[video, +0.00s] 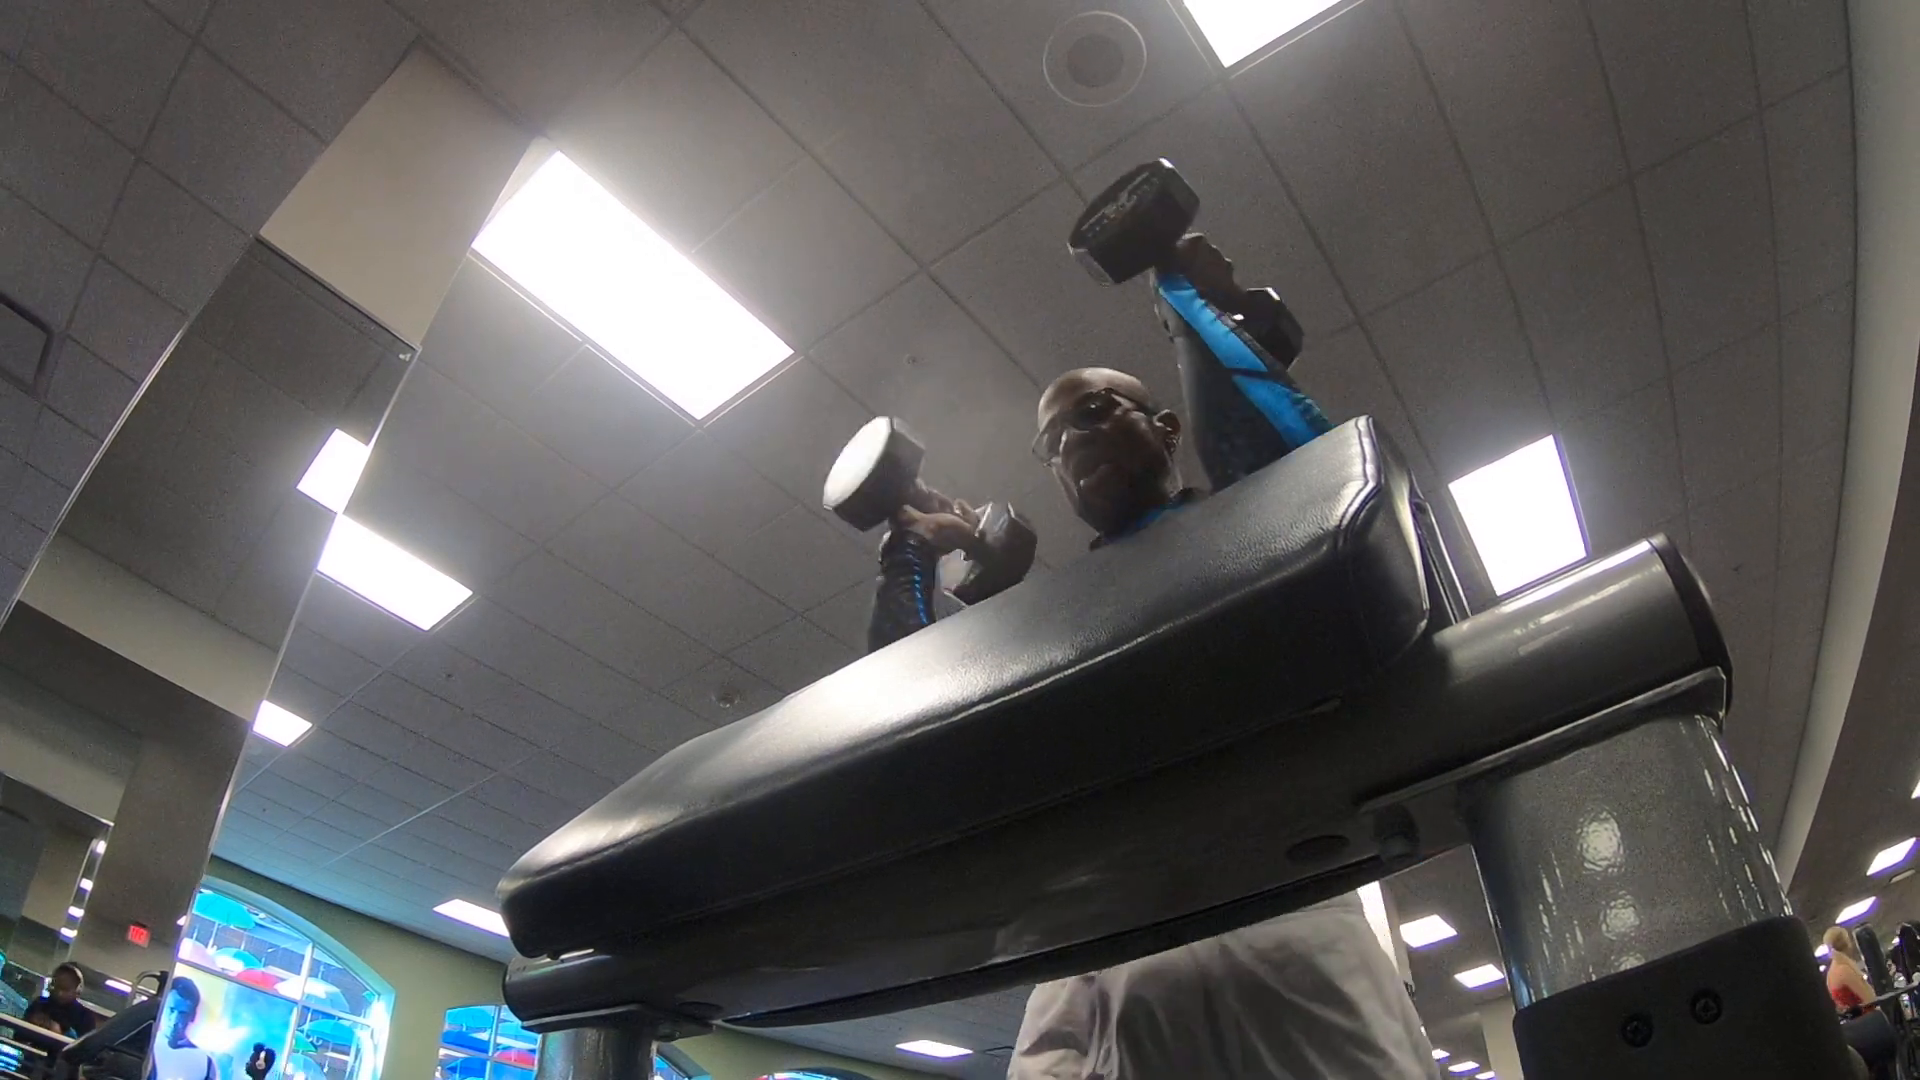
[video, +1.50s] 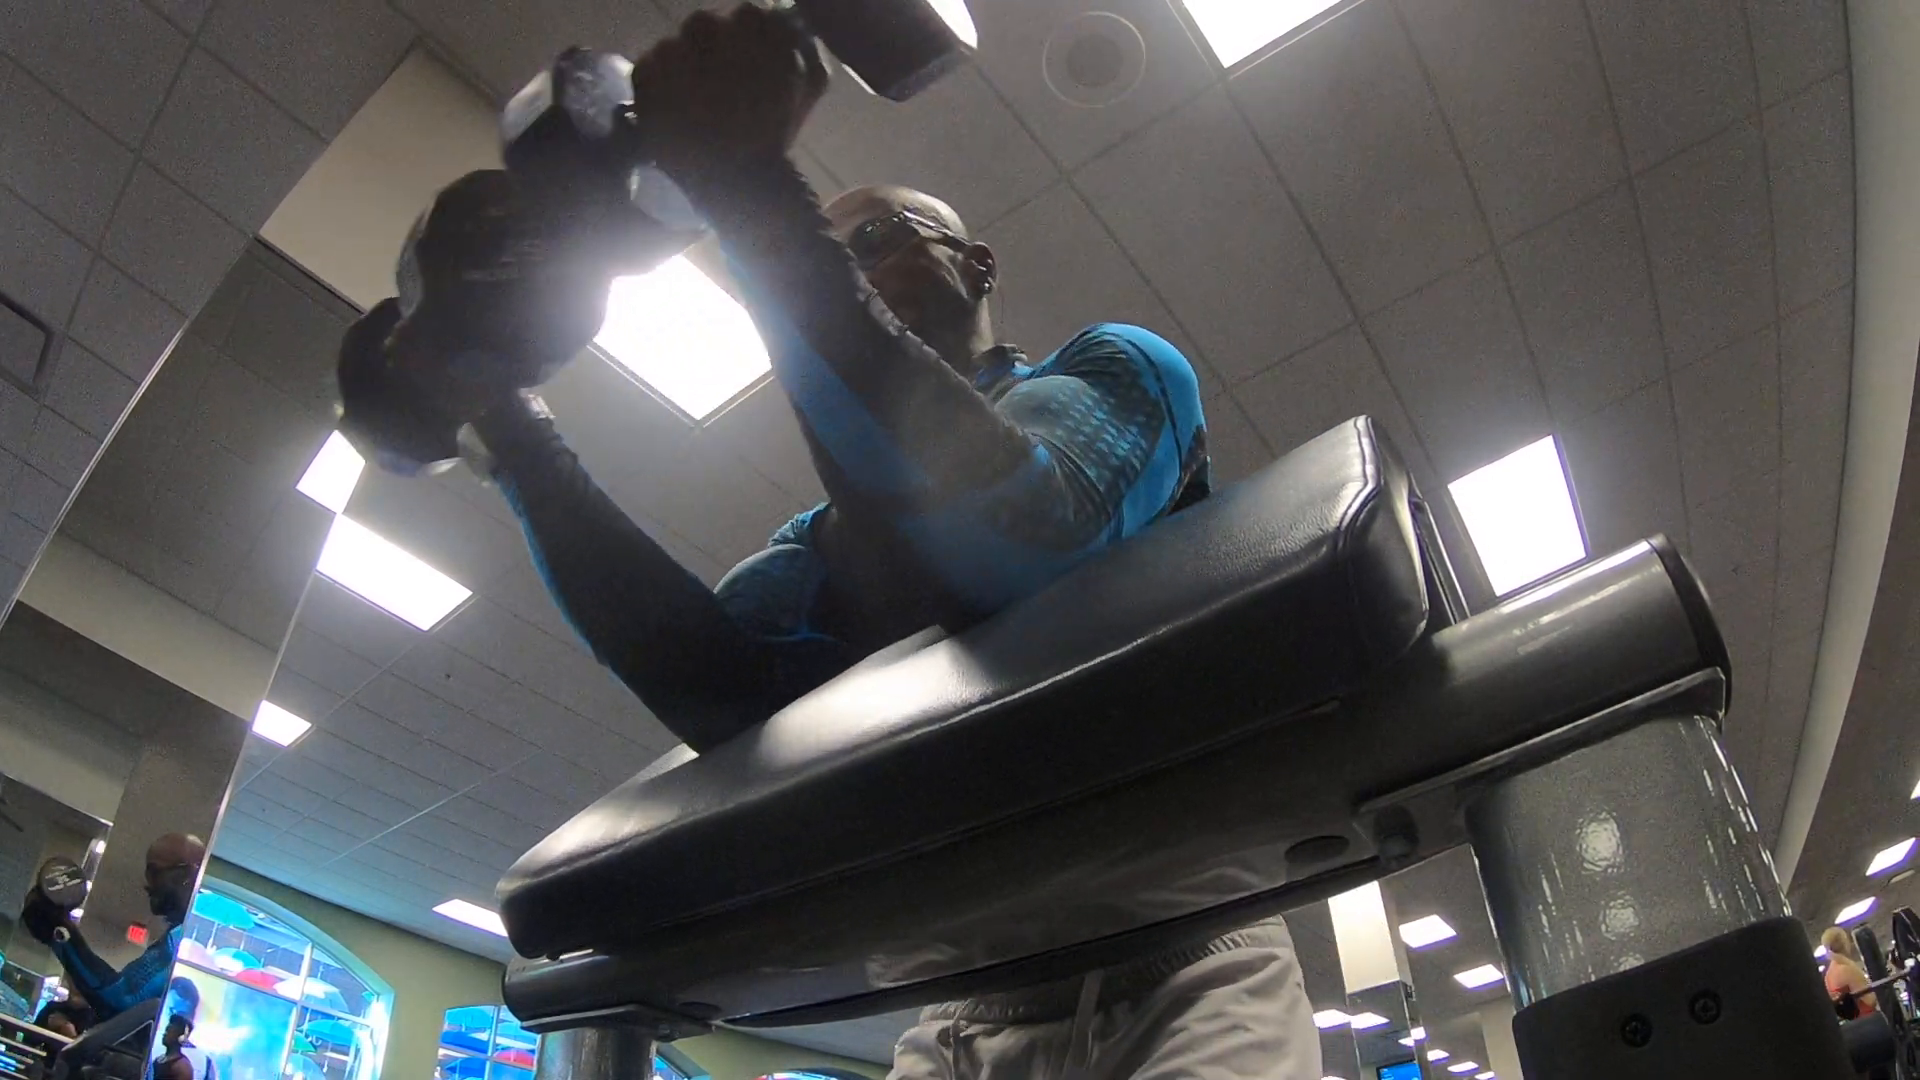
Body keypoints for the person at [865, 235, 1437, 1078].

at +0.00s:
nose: (1072, 439)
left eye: (1096, 413)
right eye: (1055, 443)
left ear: (1166, 430)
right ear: (1059, 490)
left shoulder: (1251, 525)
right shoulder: (1044, 613)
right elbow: (902, 701)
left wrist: (1196, 297)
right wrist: (905, 553)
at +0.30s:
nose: (997, 389)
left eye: (1022, 363)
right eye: (979, 381)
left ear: (1073, 377)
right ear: (970, 430)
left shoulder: (1189, 485)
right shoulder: (957, 574)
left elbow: (1116, 445)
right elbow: (786, 611)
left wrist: (1075, 261)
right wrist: (832, 468)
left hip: (1183, 955)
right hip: (976, 980)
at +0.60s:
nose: (959, 349)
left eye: (980, 318)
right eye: (937, 341)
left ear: (1046, 329)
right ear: (932, 385)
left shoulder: (1178, 452)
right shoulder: (940, 550)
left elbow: (1076, 445)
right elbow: (780, 611)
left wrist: (1041, 254)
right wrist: (783, 420)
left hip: (1196, 947)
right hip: (983, 984)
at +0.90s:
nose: (930, 328)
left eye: (954, 302)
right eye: (915, 316)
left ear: (1017, 314)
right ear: (921, 367)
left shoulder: (1189, 425)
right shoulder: (934, 558)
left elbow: (1080, 508)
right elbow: (790, 662)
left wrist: (1013, 243)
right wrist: (749, 425)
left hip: (1243, 945)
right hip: (1039, 999)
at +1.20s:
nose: (965, 333)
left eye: (997, 298)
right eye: (940, 318)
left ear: (1053, 331)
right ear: (905, 384)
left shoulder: (1190, 427)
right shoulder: (920, 574)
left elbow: (1040, 519)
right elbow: (748, 677)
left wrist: (913, 196)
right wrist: (666, 391)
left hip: (1258, 983)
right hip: (1051, 1026)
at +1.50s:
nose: (852, 275)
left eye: (888, 239)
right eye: (823, 265)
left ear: (978, 270)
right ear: (807, 322)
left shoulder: (1120, 369)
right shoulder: (838, 538)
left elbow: (1016, 538)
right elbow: (719, 692)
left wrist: (744, 191)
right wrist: (509, 428)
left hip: (1199, 960)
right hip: (964, 1021)